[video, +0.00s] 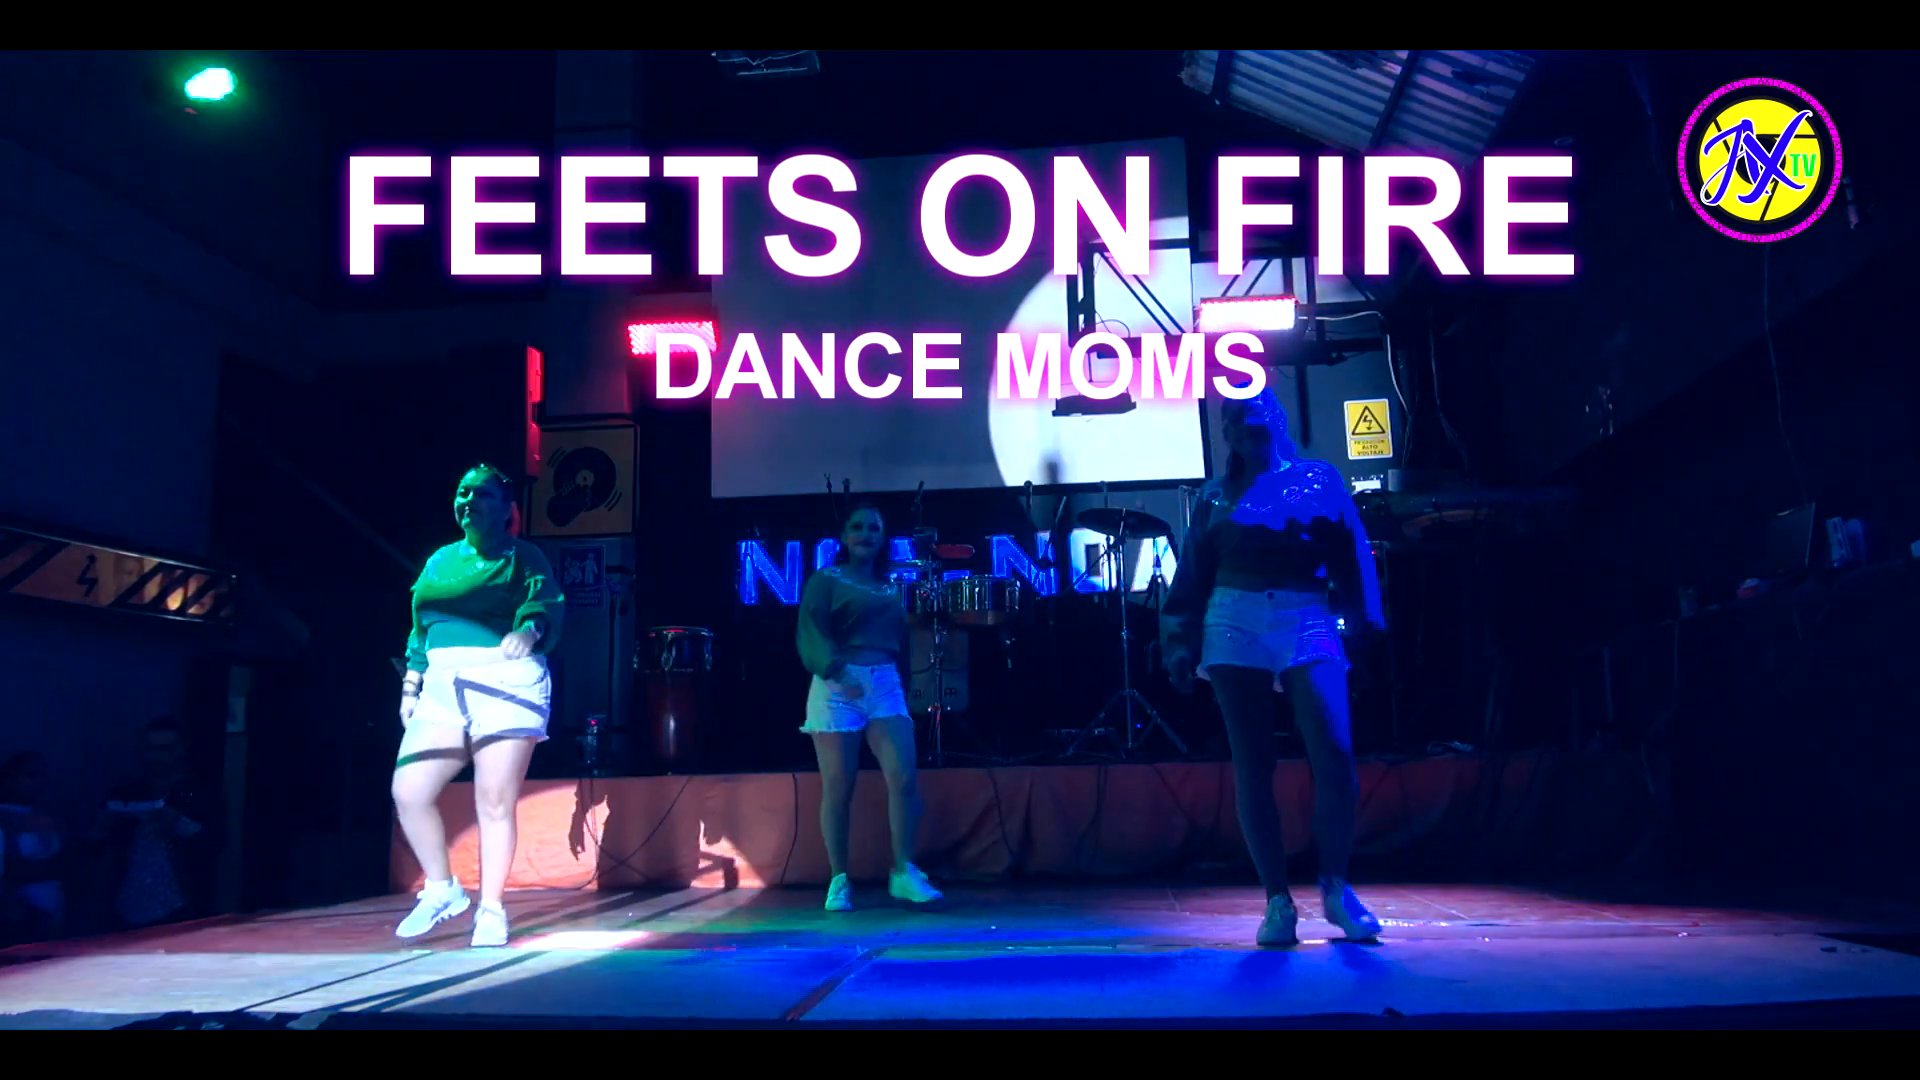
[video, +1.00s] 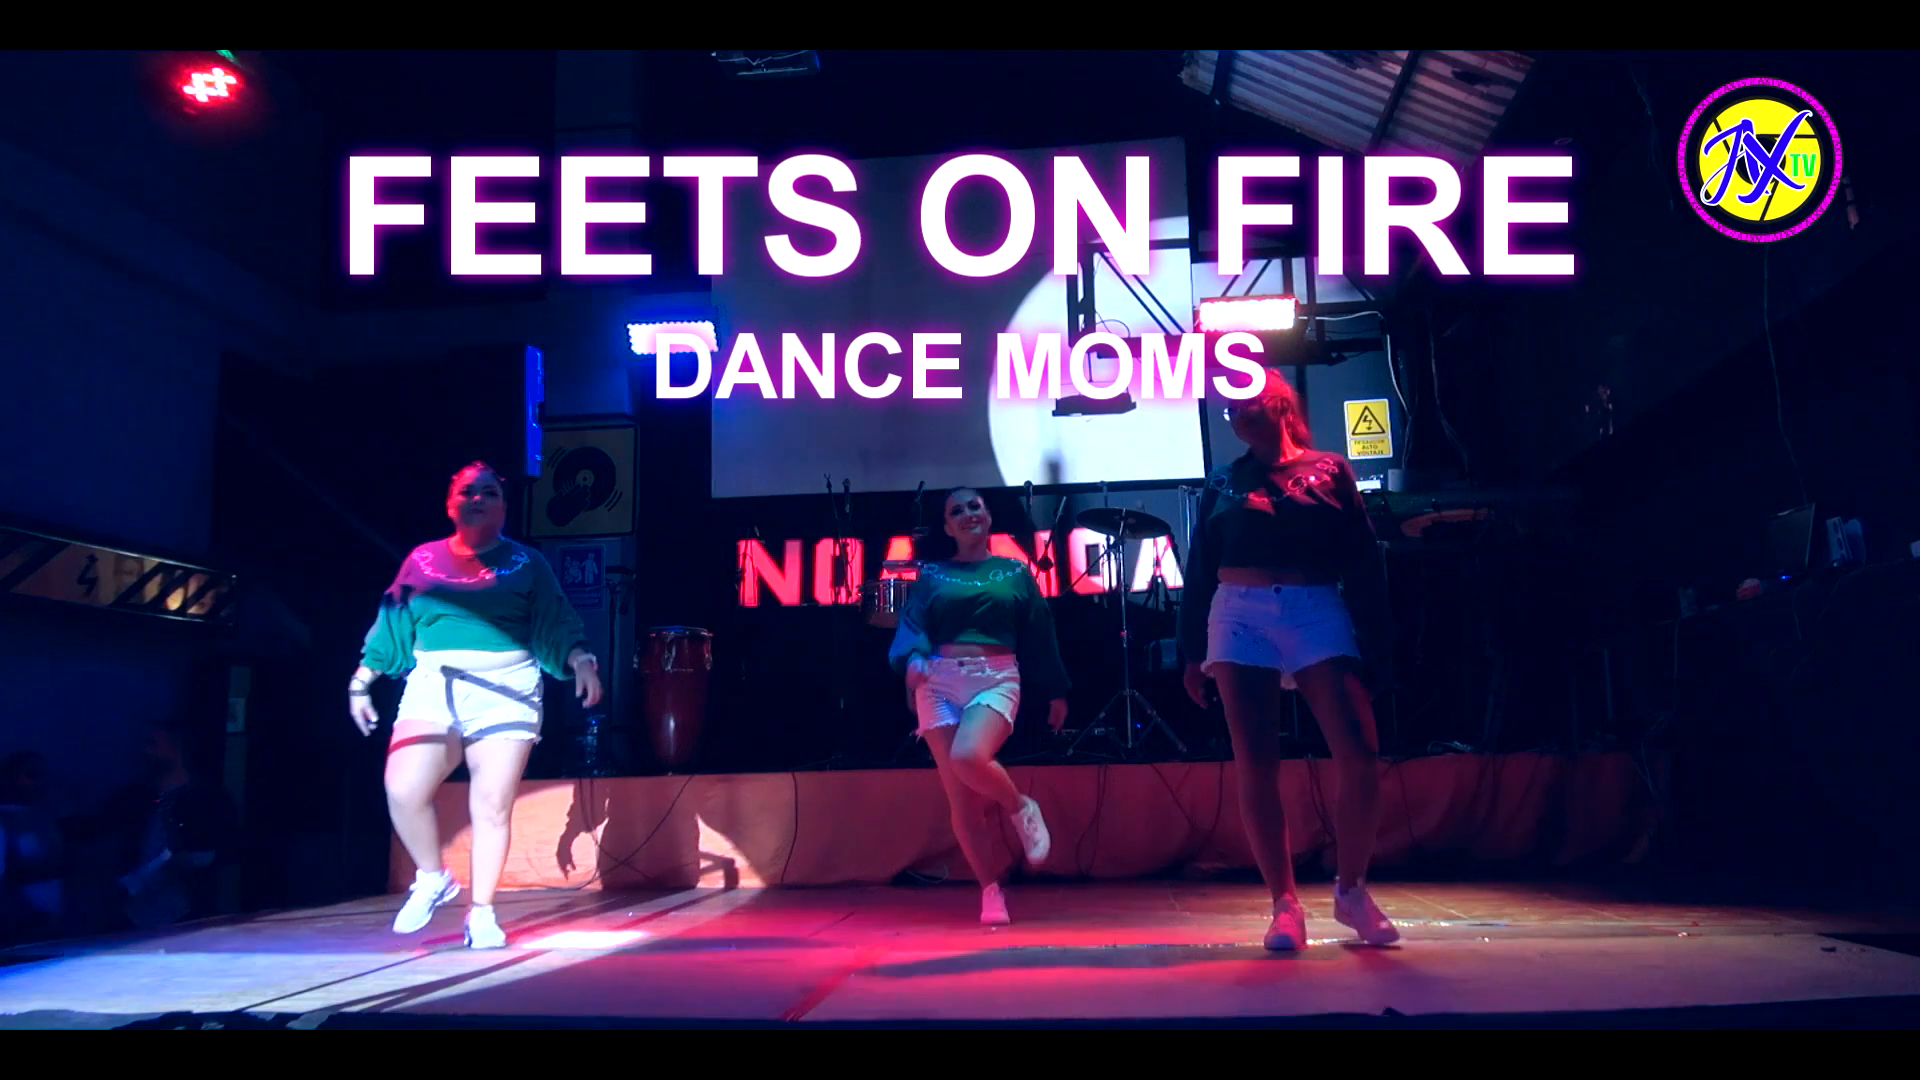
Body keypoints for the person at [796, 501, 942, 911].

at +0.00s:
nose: (866, 534)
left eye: (873, 528)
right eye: (858, 527)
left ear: (883, 536)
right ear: (844, 534)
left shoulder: (892, 586)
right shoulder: (825, 581)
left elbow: (902, 641)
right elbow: (808, 635)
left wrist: (903, 686)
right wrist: (834, 671)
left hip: (885, 683)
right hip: (835, 685)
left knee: (903, 776)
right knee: (837, 785)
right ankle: (839, 879)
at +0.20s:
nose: (898, 538)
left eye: (906, 532)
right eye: (890, 531)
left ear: (917, 539)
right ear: (876, 537)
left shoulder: (925, 588)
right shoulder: (860, 584)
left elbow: (935, 646)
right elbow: (849, 637)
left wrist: (943, 690)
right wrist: (862, 678)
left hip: (928, 690)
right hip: (881, 689)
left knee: (927, 791)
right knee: (884, 795)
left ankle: (926, 887)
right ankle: (853, 870)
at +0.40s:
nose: (920, 536)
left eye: (928, 529)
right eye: (911, 530)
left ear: (941, 535)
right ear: (900, 537)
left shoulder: (960, 591)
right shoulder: (886, 586)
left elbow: (989, 646)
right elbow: (860, 644)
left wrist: (1023, 671)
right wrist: (847, 698)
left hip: (954, 690)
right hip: (904, 689)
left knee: (947, 782)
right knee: (952, 763)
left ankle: (931, 882)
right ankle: (912, 848)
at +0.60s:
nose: (933, 522)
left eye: (939, 514)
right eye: (923, 518)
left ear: (953, 520)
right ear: (912, 531)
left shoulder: (985, 572)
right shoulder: (905, 582)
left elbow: (1022, 612)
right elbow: (872, 638)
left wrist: (1051, 650)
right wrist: (849, 689)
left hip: (975, 683)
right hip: (924, 684)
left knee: (952, 789)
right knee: (956, 789)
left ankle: (930, 881)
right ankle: (983, 884)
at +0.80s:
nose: (954, 517)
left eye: (958, 510)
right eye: (942, 516)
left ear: (971, 520)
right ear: (931, 535)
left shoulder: (1004, 573)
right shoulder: (922, 580)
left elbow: (1029, 636)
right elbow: (901, 641)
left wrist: (1038, 693)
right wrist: (889, 699)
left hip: (994, 682)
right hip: (935, 684)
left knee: (1001, 791)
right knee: (958, 793)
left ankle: (961, 842)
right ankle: (988, 889)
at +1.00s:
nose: (971, 514)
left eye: (976, 506)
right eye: (959, 510)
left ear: (990, 516)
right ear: (947, 527)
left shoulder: (1015, 571)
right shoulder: (932, 576)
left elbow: (1041, 637)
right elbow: (910, 629)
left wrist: (1056, 692)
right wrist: (912, 659)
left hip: (997, 676)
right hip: (938, 677)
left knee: (967, 757)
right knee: (960, 793)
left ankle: (1021, 809)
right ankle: (990, 887)